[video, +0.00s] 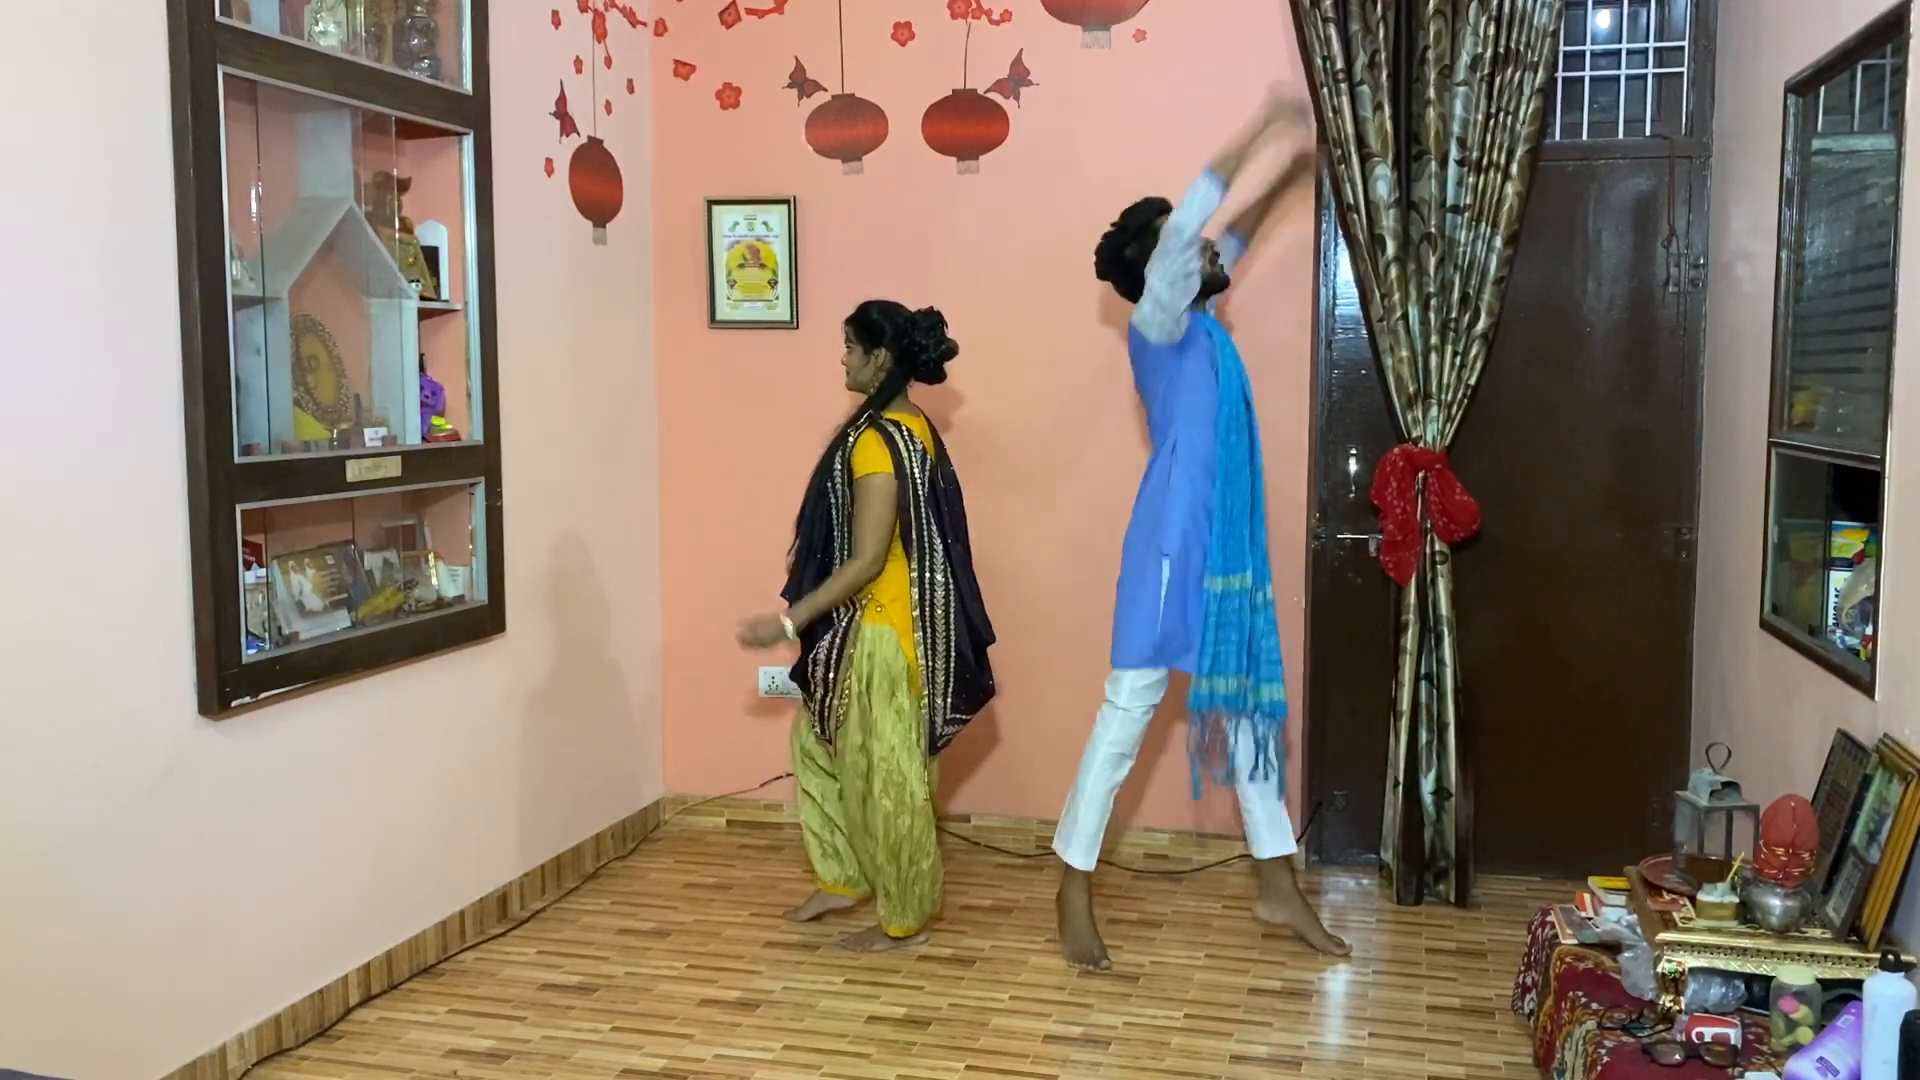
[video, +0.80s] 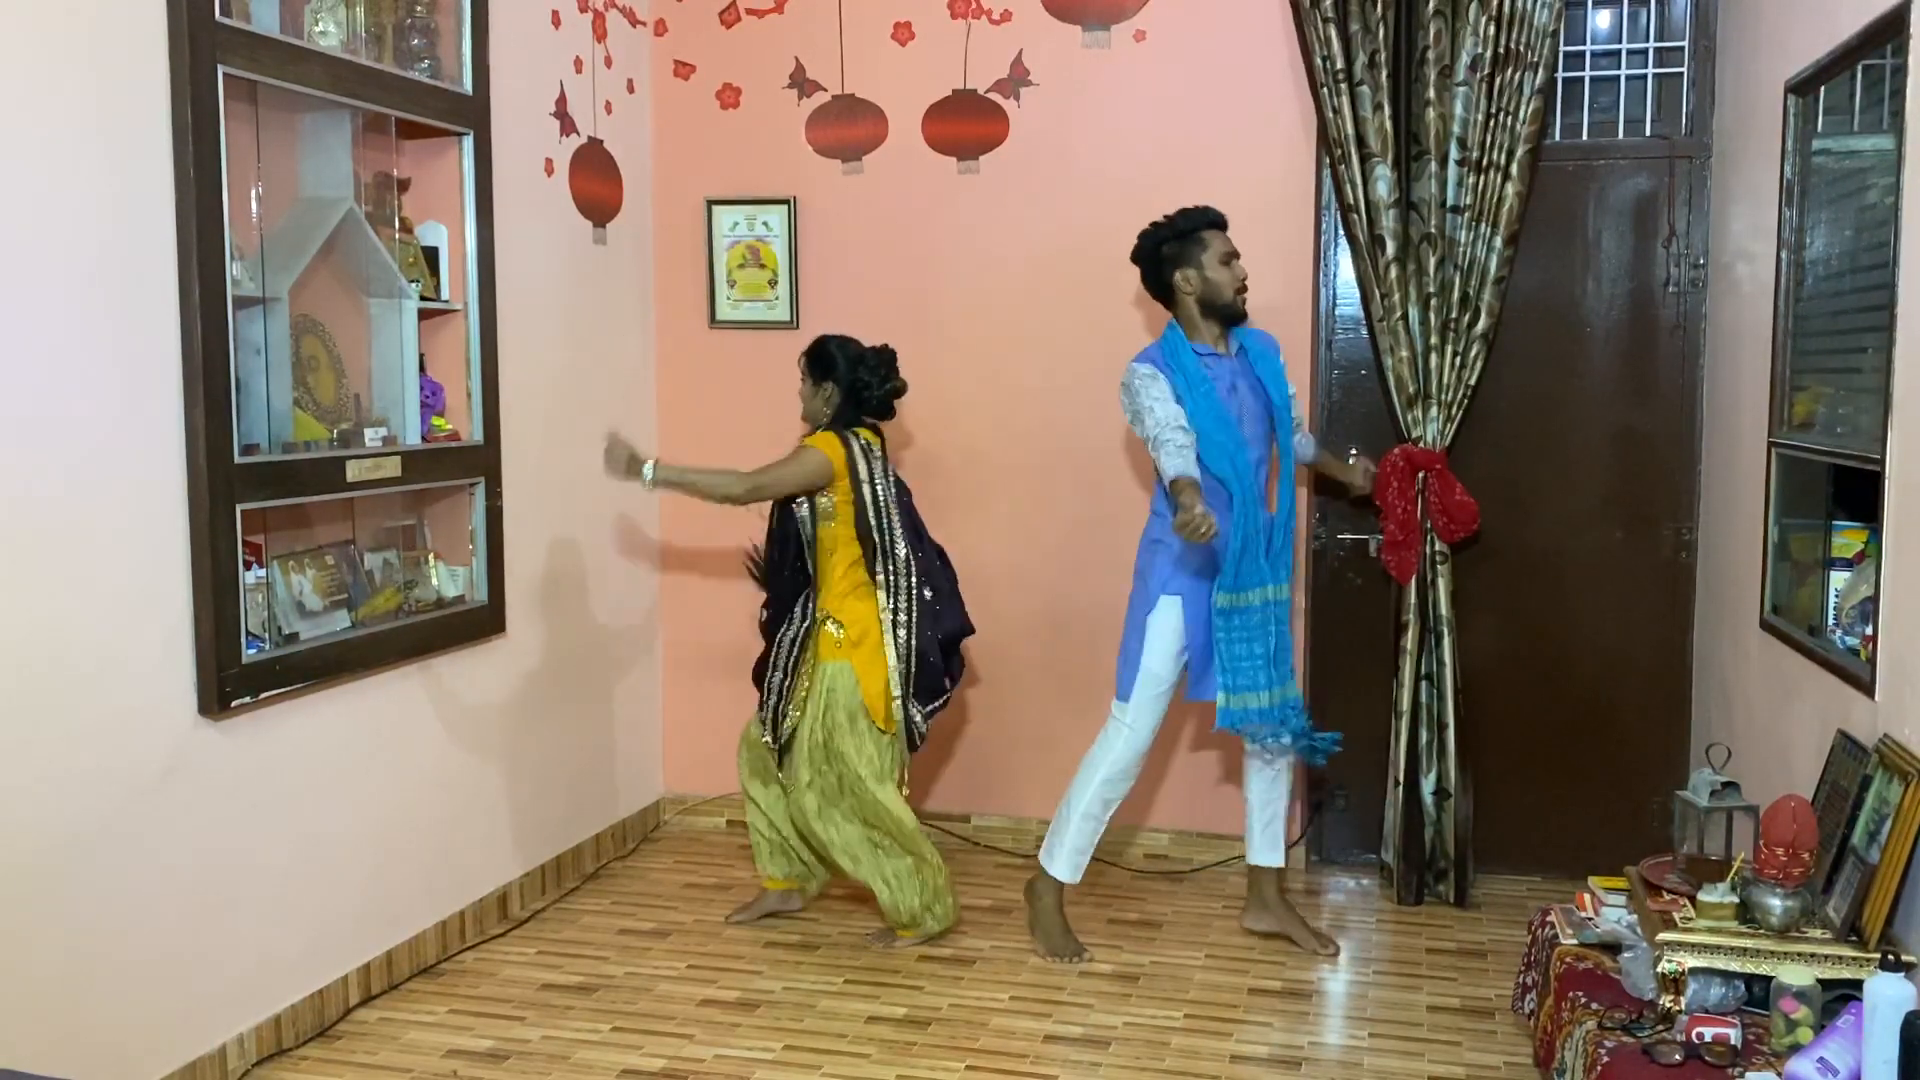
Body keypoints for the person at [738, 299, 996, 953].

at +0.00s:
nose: (842, 359)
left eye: (850, 349)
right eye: (845, 348)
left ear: (880, 357)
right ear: (888, 358)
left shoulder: (877, 439)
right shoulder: (908, 426)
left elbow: (867, 558)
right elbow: (892, 552)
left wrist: (788, 618)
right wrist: (811, 614)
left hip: (880, 630)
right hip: (885, 623)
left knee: (889, 772)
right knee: (818, 745)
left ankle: (907, 915)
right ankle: (845, 880)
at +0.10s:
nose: (842, 374)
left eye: (849, 364)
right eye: (844, 363)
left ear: (878, 373)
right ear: (886, 374)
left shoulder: (884, 451)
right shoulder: (904, 437)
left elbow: (839, 548)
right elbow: (865, 511)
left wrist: (775, 519)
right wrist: (805, 499)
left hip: (883, 638)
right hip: (877, 629)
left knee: (883, 775)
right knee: (801, 742)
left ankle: (907, 917)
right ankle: (842, 884)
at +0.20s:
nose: (844, 371)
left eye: (852, 361)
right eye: (848, 360)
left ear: (880, 369)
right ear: (891, 372)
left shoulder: (890, 436)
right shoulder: (886, 432)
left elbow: (783, 423)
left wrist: (822, 408)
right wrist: (834, 414)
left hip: (879, 633)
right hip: (847, 628)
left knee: (879, 776)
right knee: (809, 763)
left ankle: (909, 916)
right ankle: (844, 890)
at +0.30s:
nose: (840, 333)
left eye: (848, 322)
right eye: (842, 323)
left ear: (873, 332)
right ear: (895, 335)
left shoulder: (874, 390)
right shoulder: (905, 400)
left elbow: (810, 313)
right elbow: (882, 317)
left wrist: (761, 257)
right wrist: (843, 266)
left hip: (865, 601)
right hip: (849, 598)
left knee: (882, 752)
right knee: (825, 739)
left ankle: (903, 908)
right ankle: (837, 868)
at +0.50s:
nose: (827, 330)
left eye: (835, 320)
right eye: (829, 320)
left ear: (864, 332)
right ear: (883, 334)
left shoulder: (868, 388)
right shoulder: (892, 382)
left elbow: (820, 342)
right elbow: (886, 306)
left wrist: (774, 278)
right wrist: (878, 229)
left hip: (871, 591)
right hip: (848, 586)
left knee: (879, 742)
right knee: (822, 723)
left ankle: (918, 895)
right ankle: (810, 855)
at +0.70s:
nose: (814, 375)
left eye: (822, 364)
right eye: (817, 363)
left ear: (849, 373)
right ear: (861, 375)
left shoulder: (851, 432)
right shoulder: (859, 434)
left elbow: (764, 448)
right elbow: (837, 521)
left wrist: (674, 400)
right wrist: (774, 516)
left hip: (847, 625)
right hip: (824, 623)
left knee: (859, 764)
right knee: (785, 747)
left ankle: (924, 909)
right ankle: (793, 885)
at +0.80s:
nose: (799, 396)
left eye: (805, 385)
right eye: (802, 384)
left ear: (832, 391)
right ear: (848, 393)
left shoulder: (834, 451)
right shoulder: (859, 449)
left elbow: (745, 488)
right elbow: (854, 545)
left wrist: (649, 469)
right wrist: (791, 571)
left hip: (852, 639)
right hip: (837, 635)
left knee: (848, 772)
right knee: (762, 748)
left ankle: (924, 906)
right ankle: (789, 882)